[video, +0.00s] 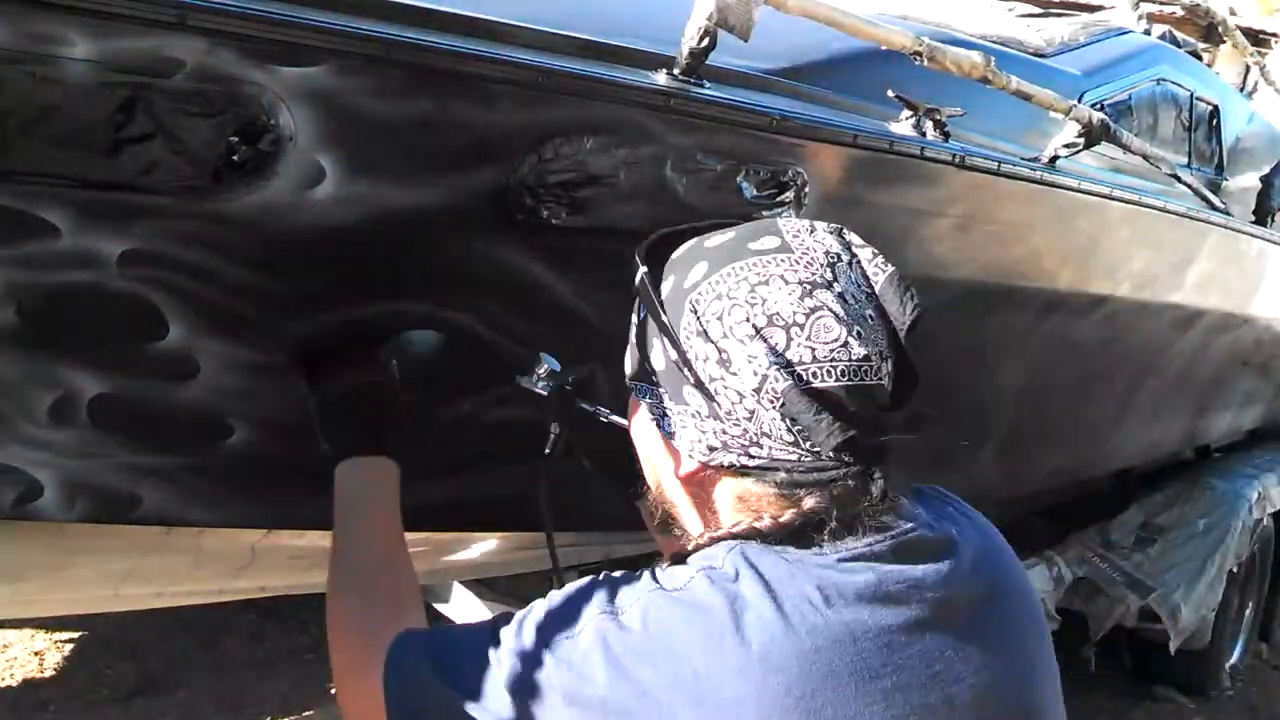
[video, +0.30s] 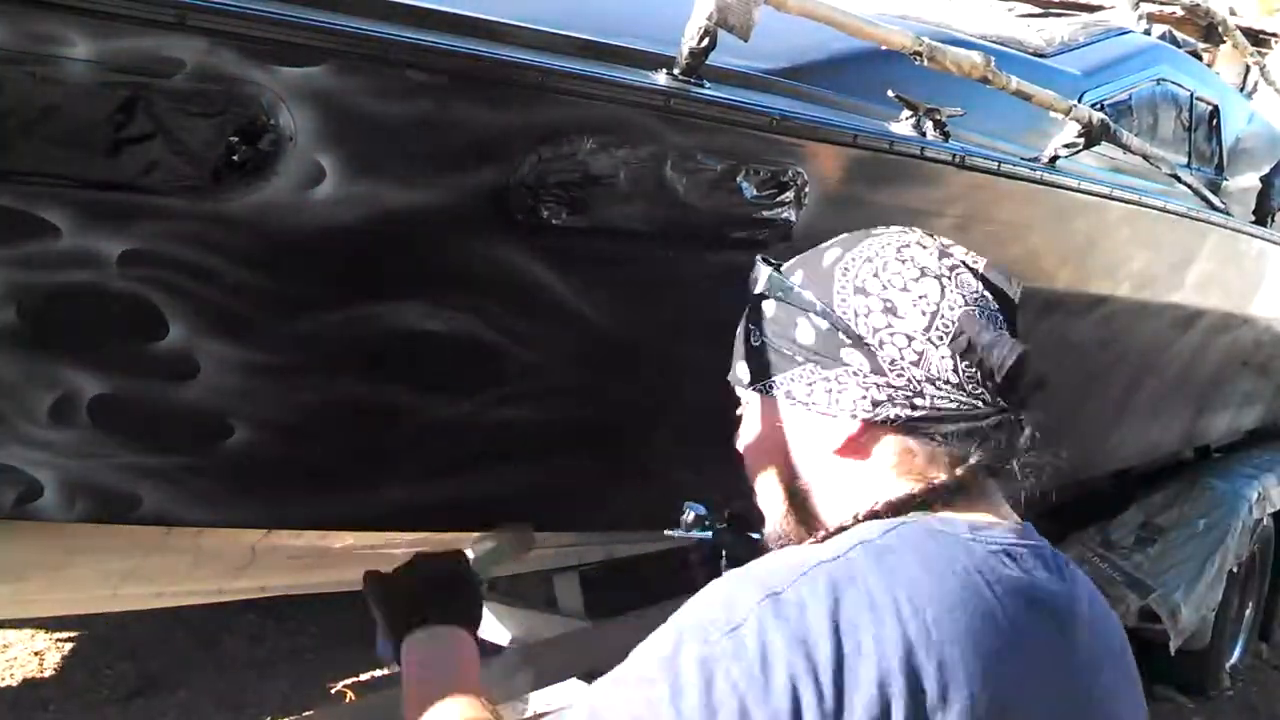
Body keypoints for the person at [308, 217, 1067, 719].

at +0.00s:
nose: (635, 416)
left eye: (643, 399)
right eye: (644, 394)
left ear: (697, 453)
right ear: (860, 416)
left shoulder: (631, 657)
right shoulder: (976, 556)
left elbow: (377, 670)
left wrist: (362, 445)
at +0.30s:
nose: (743, 430)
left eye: (762, 395)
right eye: (751, 394)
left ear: (850, 419)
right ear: (966, 426)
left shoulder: (766, 634)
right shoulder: (1088, 621)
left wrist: (446, 694)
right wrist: (819, 544)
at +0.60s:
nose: (602, 404)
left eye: (616, 386)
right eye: (614, 380)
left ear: (669, 448)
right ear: (818, 415)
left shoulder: (594, 642)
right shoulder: (933, 545)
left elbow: (312, 685)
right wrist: (654, 550)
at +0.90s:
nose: (657, 395)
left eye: (667, 364)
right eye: (667, 362)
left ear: (693, 400)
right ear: (862, 400)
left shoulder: (606, 628)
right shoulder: (982, 567)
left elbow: (459, 698)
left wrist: (454, 559)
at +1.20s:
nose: (635, 385)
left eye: (645, 361)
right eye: (644, 357)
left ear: (681, 412)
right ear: (844, 394)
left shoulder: (582, 646)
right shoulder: (959, 553)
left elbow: (449, 702)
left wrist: (438, 584)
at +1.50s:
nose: (601, 404)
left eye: (614, 383)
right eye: (609, 380)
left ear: (670, 438)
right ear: (819, 411)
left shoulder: (603, 642)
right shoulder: (932, 546)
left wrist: (358, 480)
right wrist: (671, 535)